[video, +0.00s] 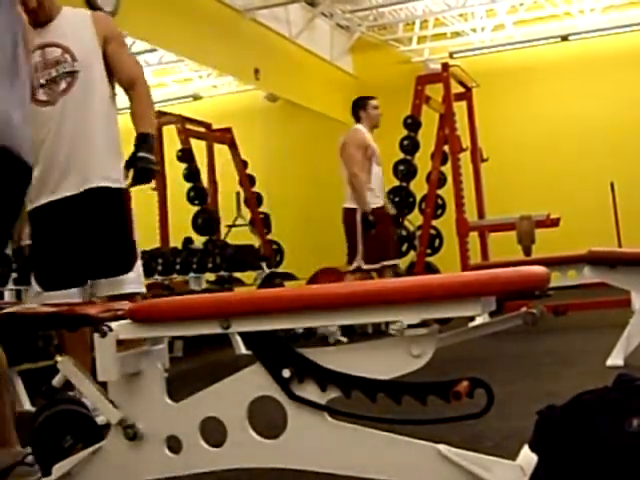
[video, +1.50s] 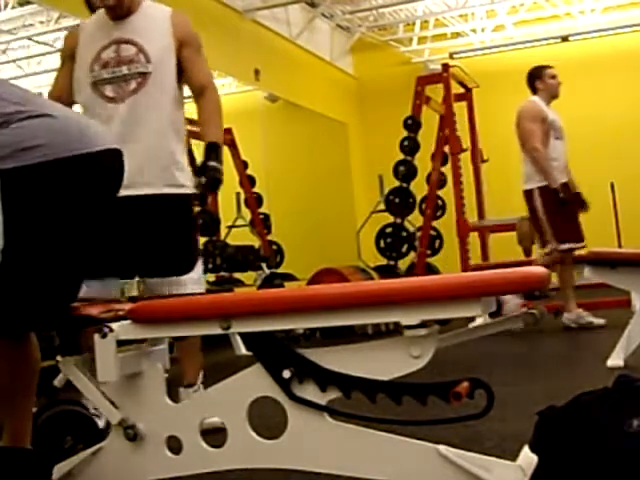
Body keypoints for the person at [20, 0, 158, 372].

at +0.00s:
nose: (28, 3)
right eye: (22, 1)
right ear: (18, 4)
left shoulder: (96, 24)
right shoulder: (12, 45)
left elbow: (136, 85)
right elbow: (10, 128)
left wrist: (145, 145)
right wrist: (17, 207)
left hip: (101, 180)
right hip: (44, 194)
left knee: (119, 300)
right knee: (65, 311)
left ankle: (134, 395)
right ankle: (83, 400)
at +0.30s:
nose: (62, 1)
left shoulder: (124, 29)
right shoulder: (32, 48)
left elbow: (157, 94)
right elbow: (24, 116)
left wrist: (161, 156)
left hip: (118, 182)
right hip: (59, 192)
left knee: (126, 302)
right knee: (71, 309)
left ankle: (138, 398)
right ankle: (84, 401)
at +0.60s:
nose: (87, 1)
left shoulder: (147, 34)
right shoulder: (53, 44)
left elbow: (177, 99)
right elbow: (41, 118)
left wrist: (187, 164)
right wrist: (29, 187)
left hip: (138, 186)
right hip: (78, 193)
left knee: (148, 304)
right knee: (79, 309)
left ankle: (150, 400)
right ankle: (85, 401)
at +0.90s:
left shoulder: (152, 31)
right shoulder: (55, 43)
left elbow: (180, 99)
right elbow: (42, 117)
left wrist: (191, 169)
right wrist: (37, 190)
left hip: (140, 188)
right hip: (79, 192)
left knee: (152, 306)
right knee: (84, 307)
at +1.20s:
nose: (73, 4)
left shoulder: (145, 26)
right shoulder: (46, 46)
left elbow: (180, 88)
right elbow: (40, 117)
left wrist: (189, 152)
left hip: (142, 183)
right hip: (78, 188)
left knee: (152, 294)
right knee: (87, 298)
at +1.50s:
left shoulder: (174, 25)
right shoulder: (78, 38)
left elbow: (205, 91)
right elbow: (55, 105)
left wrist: (212, 158)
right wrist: (35, 157)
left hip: (167, 184)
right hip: (99, 189)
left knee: (183, 304)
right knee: (94, 304)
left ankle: (191, 398)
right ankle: (95, 401)